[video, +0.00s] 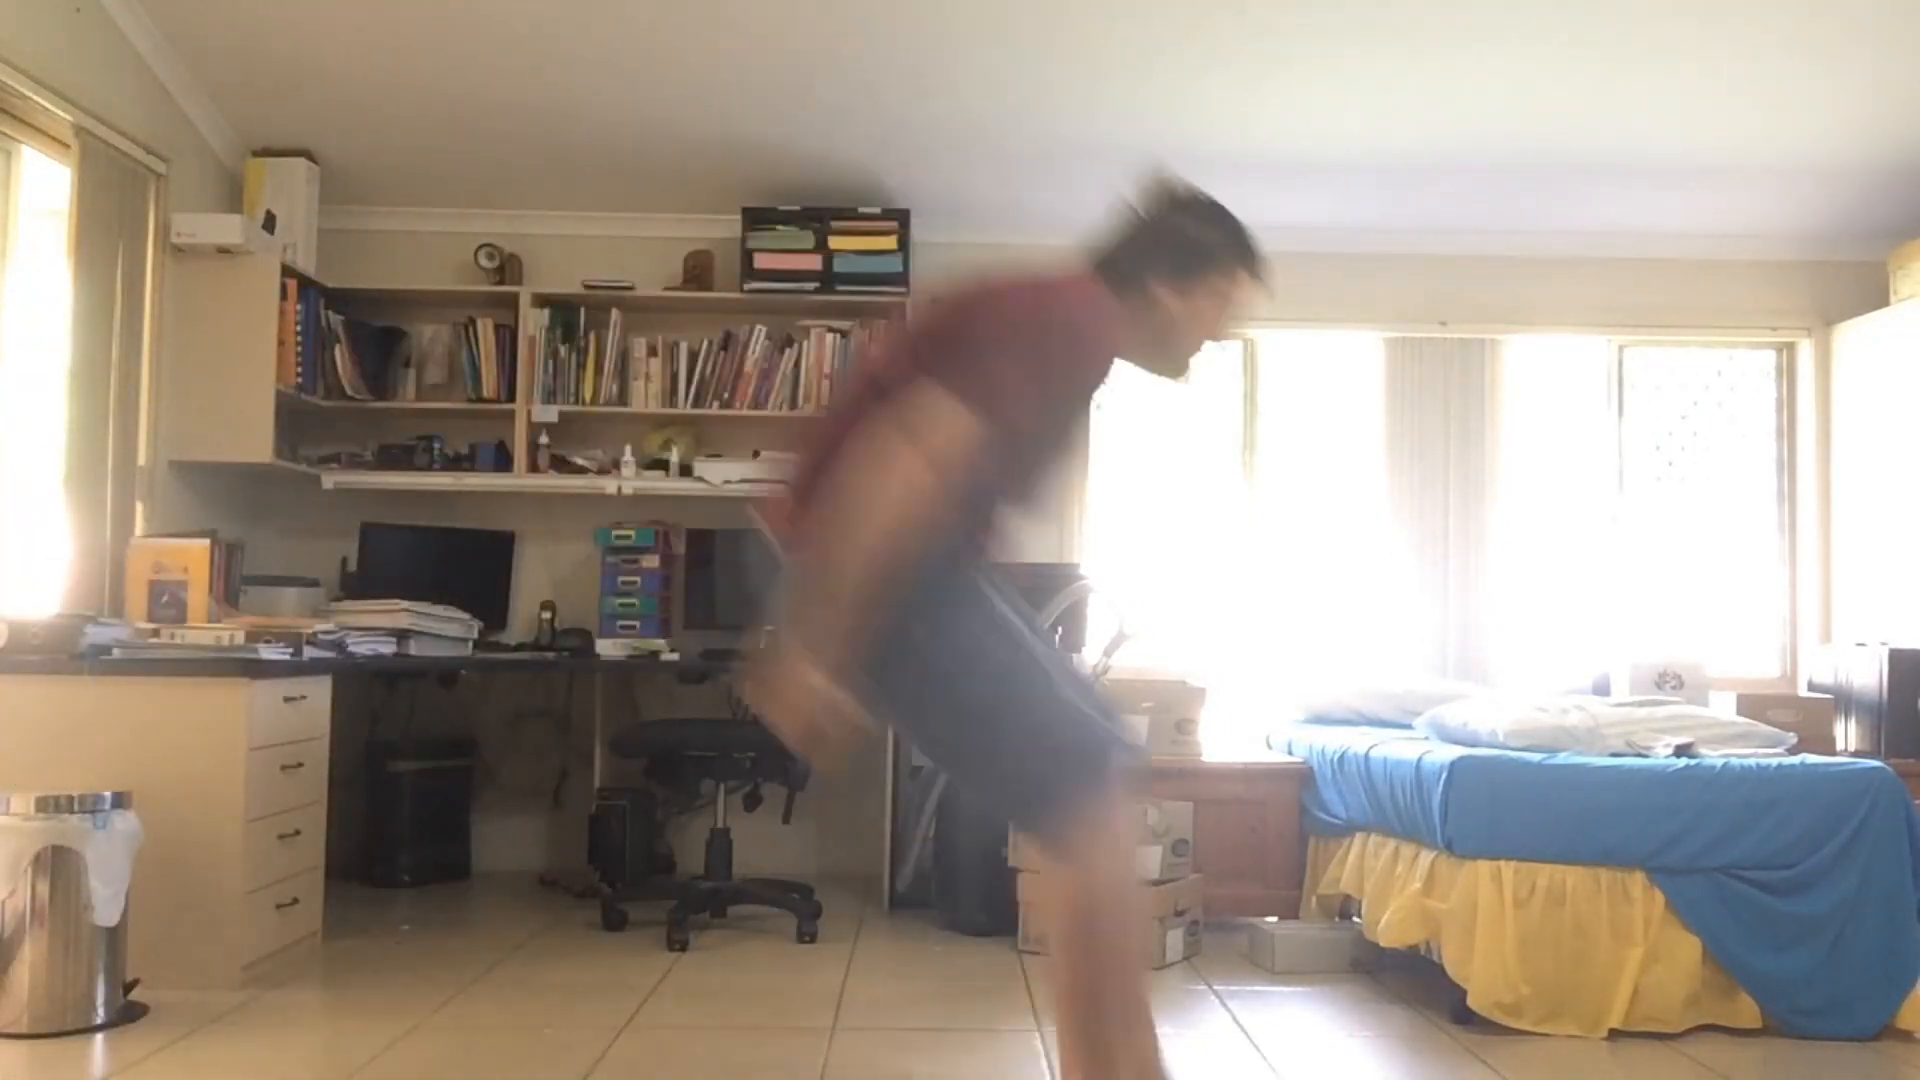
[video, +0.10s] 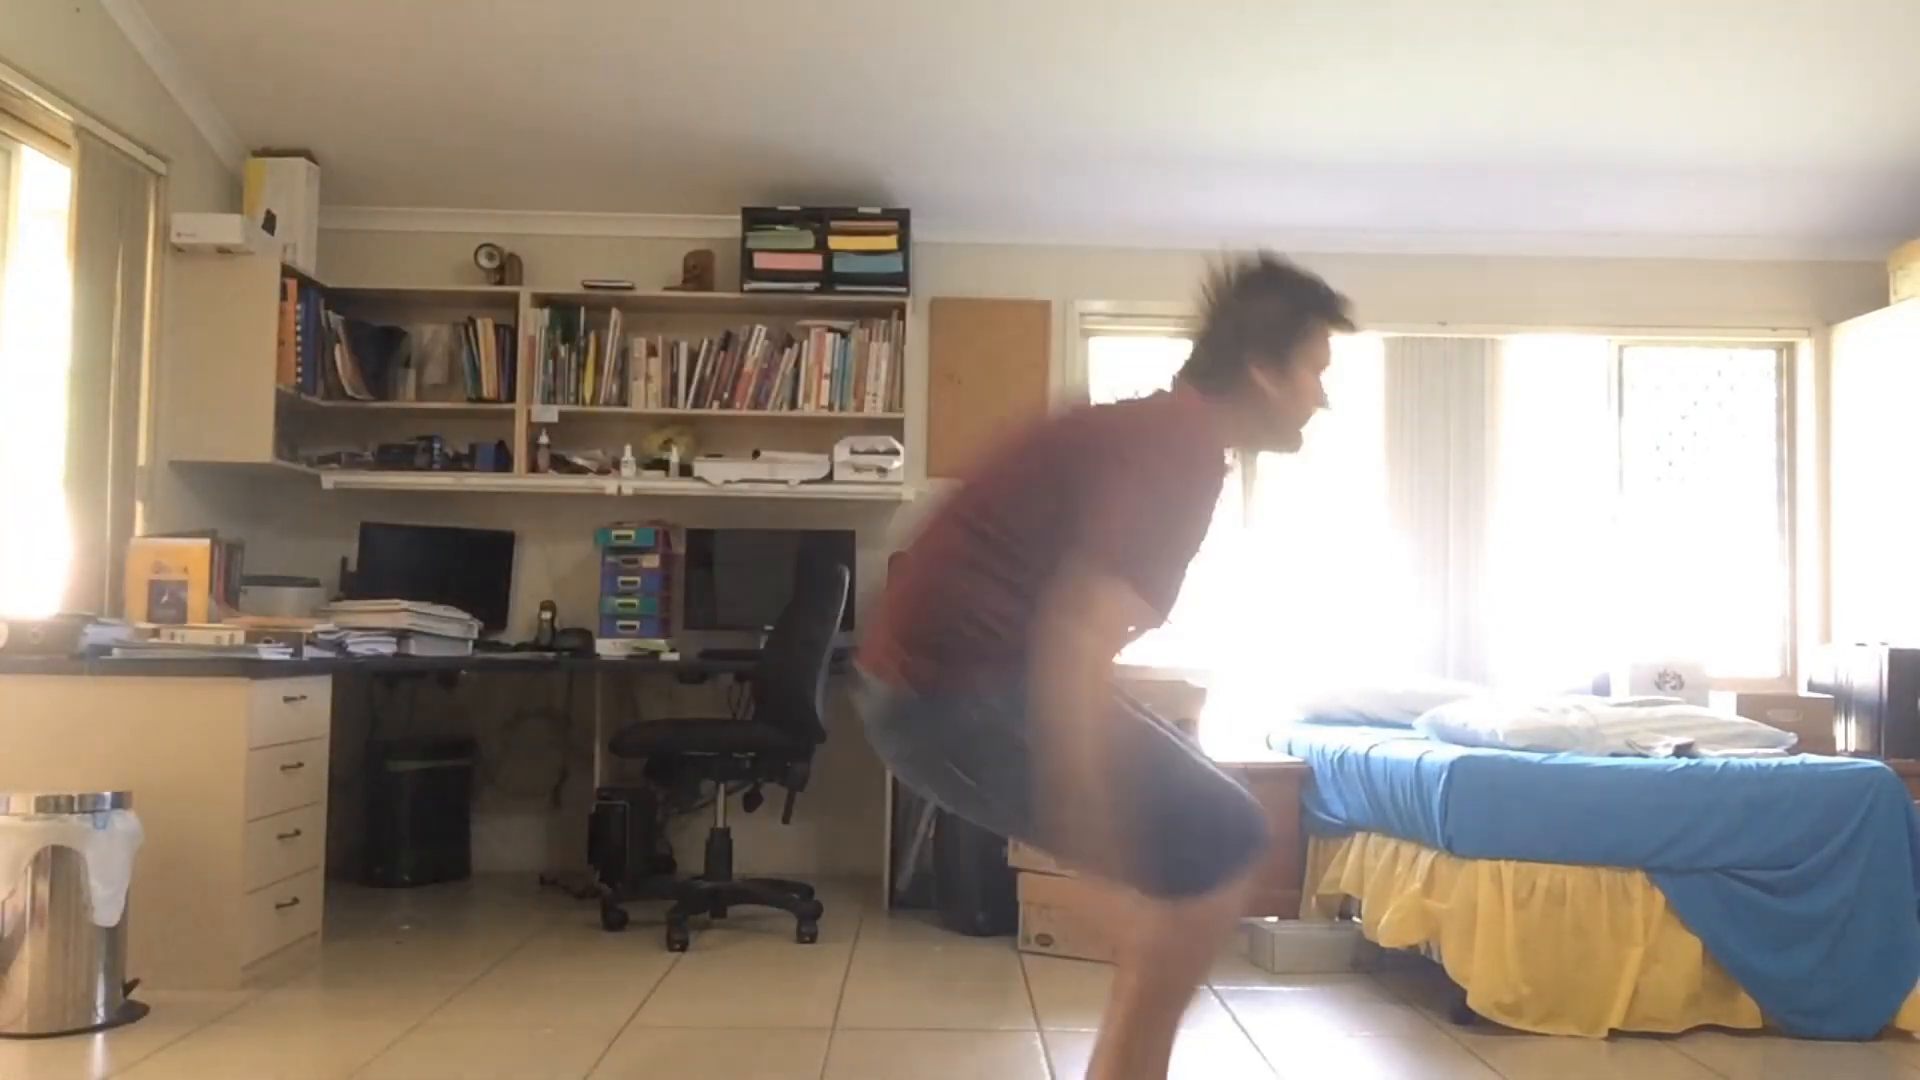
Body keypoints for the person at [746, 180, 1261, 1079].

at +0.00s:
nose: (1219, 336)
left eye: (1228, 317)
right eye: (1222, 309)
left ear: (1165, 276)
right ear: (1173, 281)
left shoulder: (1073, 325)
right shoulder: (1063, 319)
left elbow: (929, 471)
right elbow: (909, 451)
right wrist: (813, 648)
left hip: (919, 559)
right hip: (882, 562)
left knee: (1100, 778)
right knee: (1084, 791)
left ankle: (1108, 1058)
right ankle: (1117, 1061)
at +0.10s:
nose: (1324, 396)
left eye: (1324, 372)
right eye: (1317, 370)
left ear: (1258, 367)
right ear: (1262, 368)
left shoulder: (1159, 431)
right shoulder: (1177, 442)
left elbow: (1078, 638)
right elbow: (1076, 634)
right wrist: (1091, 834)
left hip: (943, 686)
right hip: (947, 695)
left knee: (1211, 826)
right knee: (1221, 837)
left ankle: (1123, 1063)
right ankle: (1126, 1065)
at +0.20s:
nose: (1421, 486)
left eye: (1423, 463)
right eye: (1415, 460)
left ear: (1331, 441)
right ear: (1356, 450)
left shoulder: (1232, 486)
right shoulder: (1272, 510)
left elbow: (1222, 716)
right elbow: (1266, 740)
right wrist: (1374, 901)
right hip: (1018, 726)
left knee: (1247, 862)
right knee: (1252, 876)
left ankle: (1129, 1066)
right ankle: (1128, 1069)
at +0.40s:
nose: (1526, 456)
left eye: (1531, 435)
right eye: (1525, 432)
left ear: (1417, 387)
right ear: (1478, 417)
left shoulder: (1337, 440)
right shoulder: (1400, 465)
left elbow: (1307, 660)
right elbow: (1386, 694)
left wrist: (1431, 734)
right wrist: (1513, 814)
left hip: (1065, 652)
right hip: (1114, 668)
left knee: (1278, 852)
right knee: (1325, 867)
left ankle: (1141, 1062)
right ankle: (1139, 1065)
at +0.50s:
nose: (1571, 341)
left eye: (1576, 320)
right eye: (1569, 317)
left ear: (1463, 293)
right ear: (1519, 311)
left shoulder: (1383, 353)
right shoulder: (1450, 382)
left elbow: (1274, 554)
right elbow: (1379, 579)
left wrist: (1346, 695)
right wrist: (1466, 757)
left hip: (1133, 599)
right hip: (1190, 618)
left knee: (1311, 840)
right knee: (1357, 864)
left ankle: (1161, 1053)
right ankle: (1154, 1059)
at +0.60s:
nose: (1606, 228)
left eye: (1607, 205)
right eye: (1600, 203)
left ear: (1503, 196)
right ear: (1547, 203)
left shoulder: (1427, 263)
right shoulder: (1488, 283)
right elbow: (1398, 475)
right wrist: (1446, 676)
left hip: (1240, 571)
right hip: (1268, 581)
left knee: (1406, 794)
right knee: (1373, 845)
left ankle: (1254, 1011)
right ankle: (1147, 1060)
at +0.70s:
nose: (1640, 149)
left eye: (1639, 126)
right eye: (1634, 124)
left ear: (1517, 116)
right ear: (1585, 123)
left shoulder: (1440, 198)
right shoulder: (1541, 211)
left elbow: (1326, 367)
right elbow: (1458, 377)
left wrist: (1269, 539)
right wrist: (1477, 592)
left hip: (1308, 534)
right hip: (1361, 537)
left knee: (1495, 773)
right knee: (1366, 831)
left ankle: (1447, 1039)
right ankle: (1150, 1057)